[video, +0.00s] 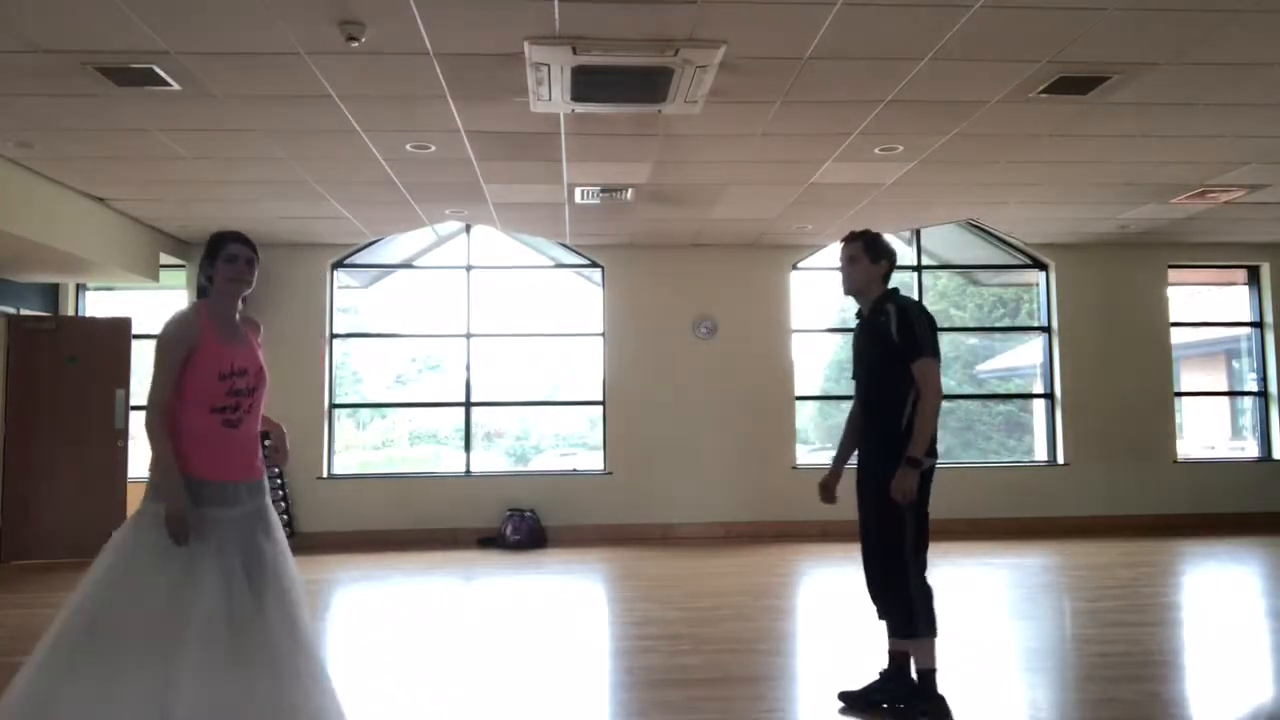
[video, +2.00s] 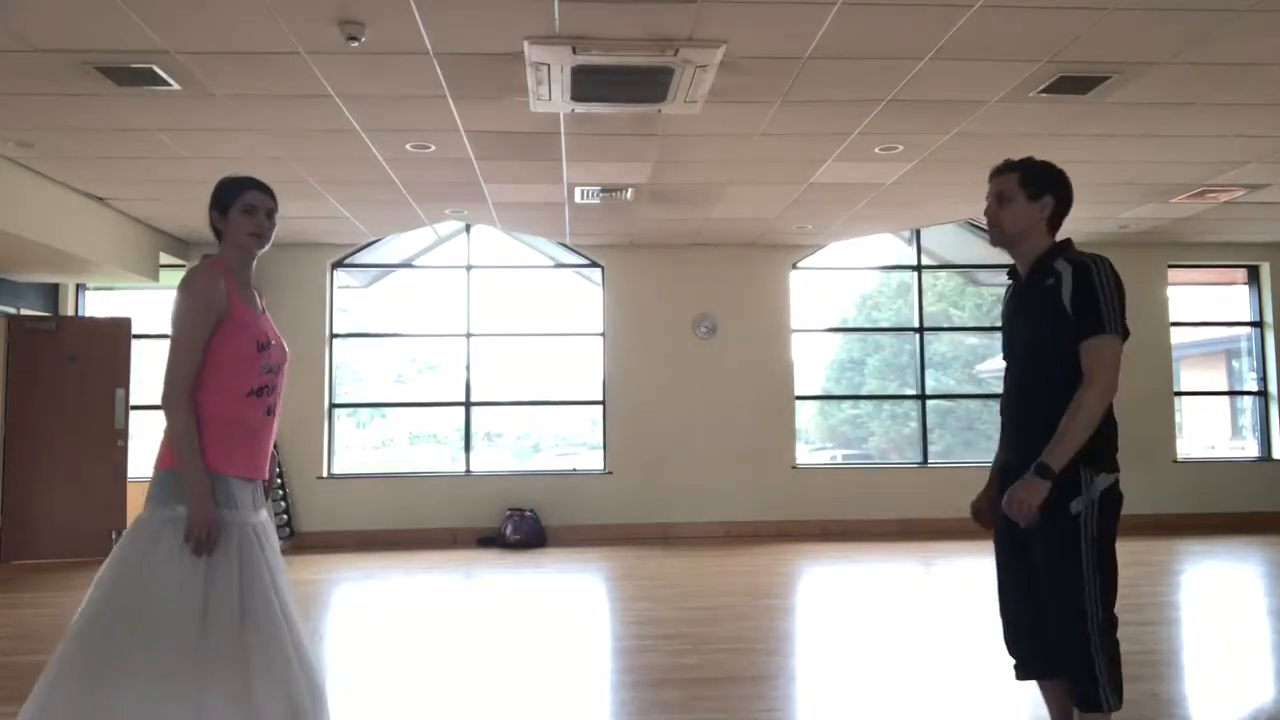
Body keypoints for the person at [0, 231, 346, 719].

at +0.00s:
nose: (244, 270)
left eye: (250, 262)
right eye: (233, 260)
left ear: (256, 274)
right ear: (210, 268)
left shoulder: (250, 329)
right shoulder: (185, 327)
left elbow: (234, 405)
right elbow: (156, 414)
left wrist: (273, 428)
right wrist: (174, 494)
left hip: (248, 493)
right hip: (193, 495)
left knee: (252, 624)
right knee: (187, 625)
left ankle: (249, 713)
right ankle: (183, 714)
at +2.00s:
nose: (264, 224)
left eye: (270, 215)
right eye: (250, 212)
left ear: (274, 226)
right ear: (220, 219)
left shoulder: (248, 290)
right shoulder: (208, 281)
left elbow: (240, 392)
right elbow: (175, 395)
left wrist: (259, 479)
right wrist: (199, 496)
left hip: (241, 489)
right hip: (205, 489)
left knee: (237, 643)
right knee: (201, 643)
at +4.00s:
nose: (263, 230)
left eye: (263, 220)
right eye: (253, 218)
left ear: (225, 224)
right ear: (215, 220)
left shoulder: (234, 297)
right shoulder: (192, 288)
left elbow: (239, 399)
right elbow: (181, 401)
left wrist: (269, 484)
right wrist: (206, 505)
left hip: (253, 493)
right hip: (218, 494)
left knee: (257, 651)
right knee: (215, 652)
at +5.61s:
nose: (258, 235)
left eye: (258, 226)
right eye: (248, 223)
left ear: (217, 228)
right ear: (209, 224)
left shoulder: (230, 300)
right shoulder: (189, 293)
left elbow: (239, 405)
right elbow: (186, 408)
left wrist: (270, 494)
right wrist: (214, 508)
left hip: (256, 497)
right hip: (219, 499)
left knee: (260, 655)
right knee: (220, 658)